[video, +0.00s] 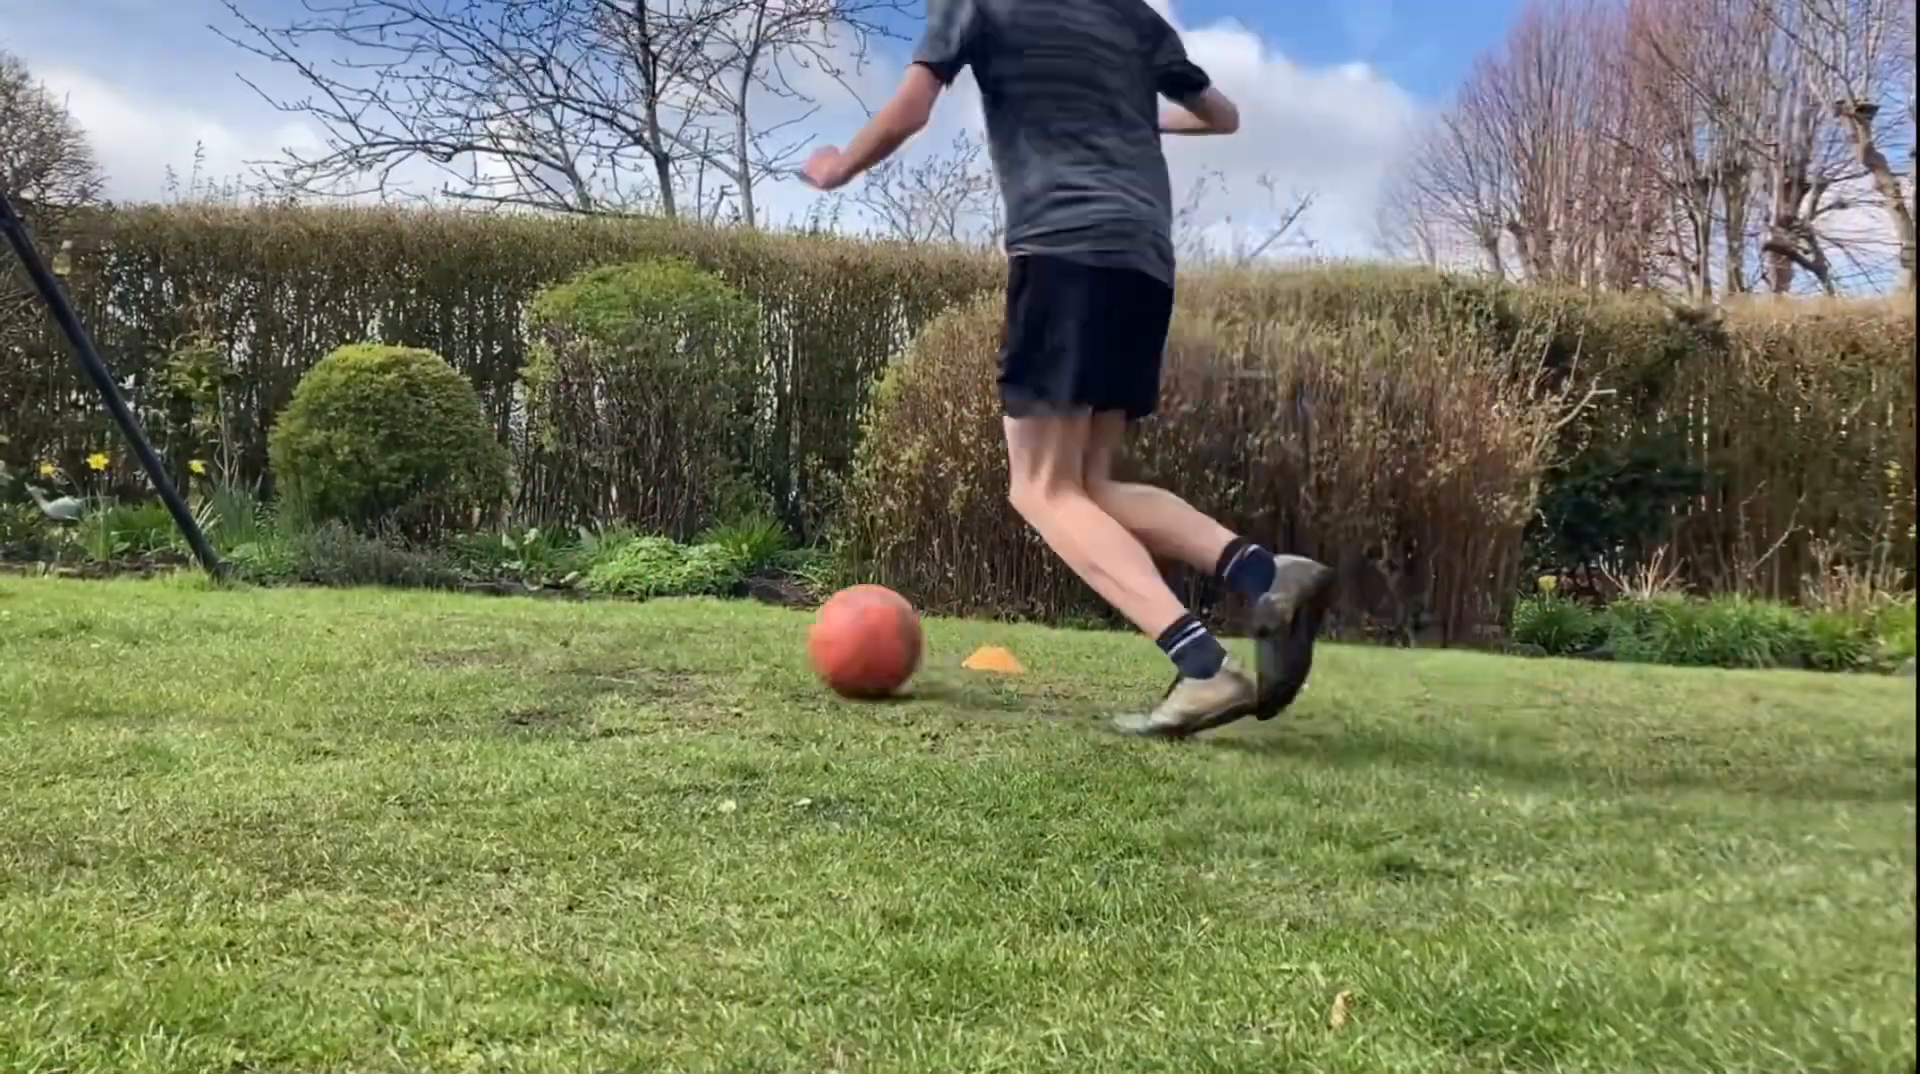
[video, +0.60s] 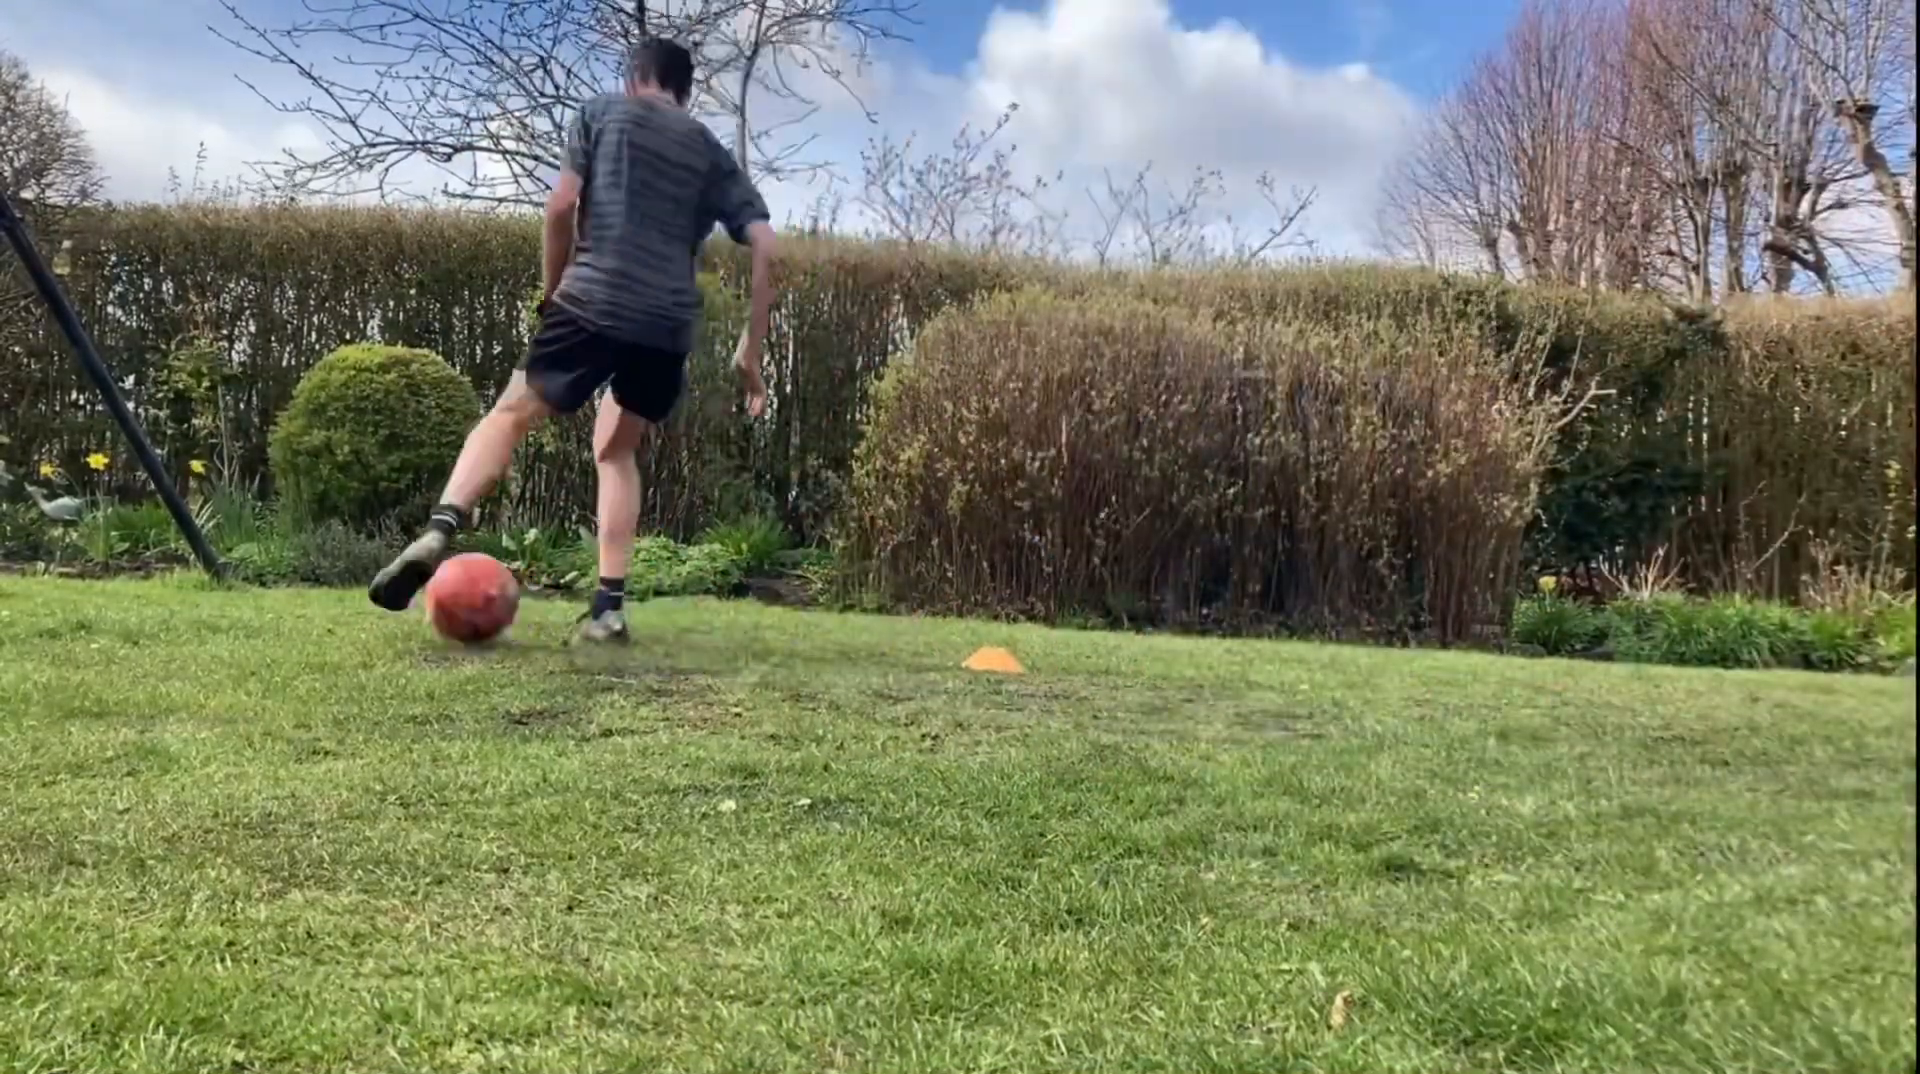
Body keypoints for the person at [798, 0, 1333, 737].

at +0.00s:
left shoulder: (977, 4)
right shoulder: (1132, 13)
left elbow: (910, 110)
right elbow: (1221, 115)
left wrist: (843, 165)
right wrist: (1152, 117)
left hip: (1061, 249)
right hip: (1147, 257)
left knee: (1042, 490)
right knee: (1093, 487)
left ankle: (1203, 666)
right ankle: (1263, 579)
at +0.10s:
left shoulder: (881, 3)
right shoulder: (1031, 7)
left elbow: (839, 107)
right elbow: (1137, 102)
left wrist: (782, 154)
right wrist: (1051, 116)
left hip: (957, 218)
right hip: (1043, 220)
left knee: (1009, 455)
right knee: (930, 415)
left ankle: (1145, 621)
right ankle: (998, 618)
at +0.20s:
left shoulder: (807, 9)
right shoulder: (947, 20)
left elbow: (794, 109)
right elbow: (1031, 130)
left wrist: (733, 175)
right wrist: (970, 177)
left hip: (865, 225)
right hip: (946, 235)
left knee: (879, 443)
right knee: (863, 425)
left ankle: (978, 537)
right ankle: (884, 634)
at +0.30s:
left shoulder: (737, 9)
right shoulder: (863, 31)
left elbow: (724, 115)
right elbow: (940, 134)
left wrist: (676, 181)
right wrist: (903, 234)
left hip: (796, 223)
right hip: (876, 239)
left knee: (727, 407)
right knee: (793, 410)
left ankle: (777, 589)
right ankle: (869, 579)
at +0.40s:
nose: (667, 20)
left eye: (668, 12)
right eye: (670, 15)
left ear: (685, 5)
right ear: (734, 9)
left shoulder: (673, 38)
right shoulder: (793, 58)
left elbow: (648, 146)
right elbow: (878, 142)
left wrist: (626, 209)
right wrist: (868, 266)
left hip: (715, 246)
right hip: (794, 261)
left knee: (654, 424)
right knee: (723, 410)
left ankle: (646, 627)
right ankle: (772, 572)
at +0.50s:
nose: (646, 51)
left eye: (647, 41)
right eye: (650, 42)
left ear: (660, 36)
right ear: (711, 44)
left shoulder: (639, 69)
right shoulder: (754, 100)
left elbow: (597, 178)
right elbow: (831, 178)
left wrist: (583, 269)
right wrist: (821, 294)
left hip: (640, 272)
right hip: (721, 292)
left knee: (566, 421)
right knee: (672, 449)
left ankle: (576, 534)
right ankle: (641, 605)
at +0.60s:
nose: (627, 90)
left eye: (629, 81)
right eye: (633, 84)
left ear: (637, 80)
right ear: (687, 92)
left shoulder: (603, 112)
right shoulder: (713, 150)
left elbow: (562, 204)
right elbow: (765, 244)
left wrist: (552, 288)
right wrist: (752, 346)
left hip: (590, 305)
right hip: (667, 325)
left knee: (511, 414)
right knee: (617, 449)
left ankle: (442, 527)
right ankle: (610, 608)